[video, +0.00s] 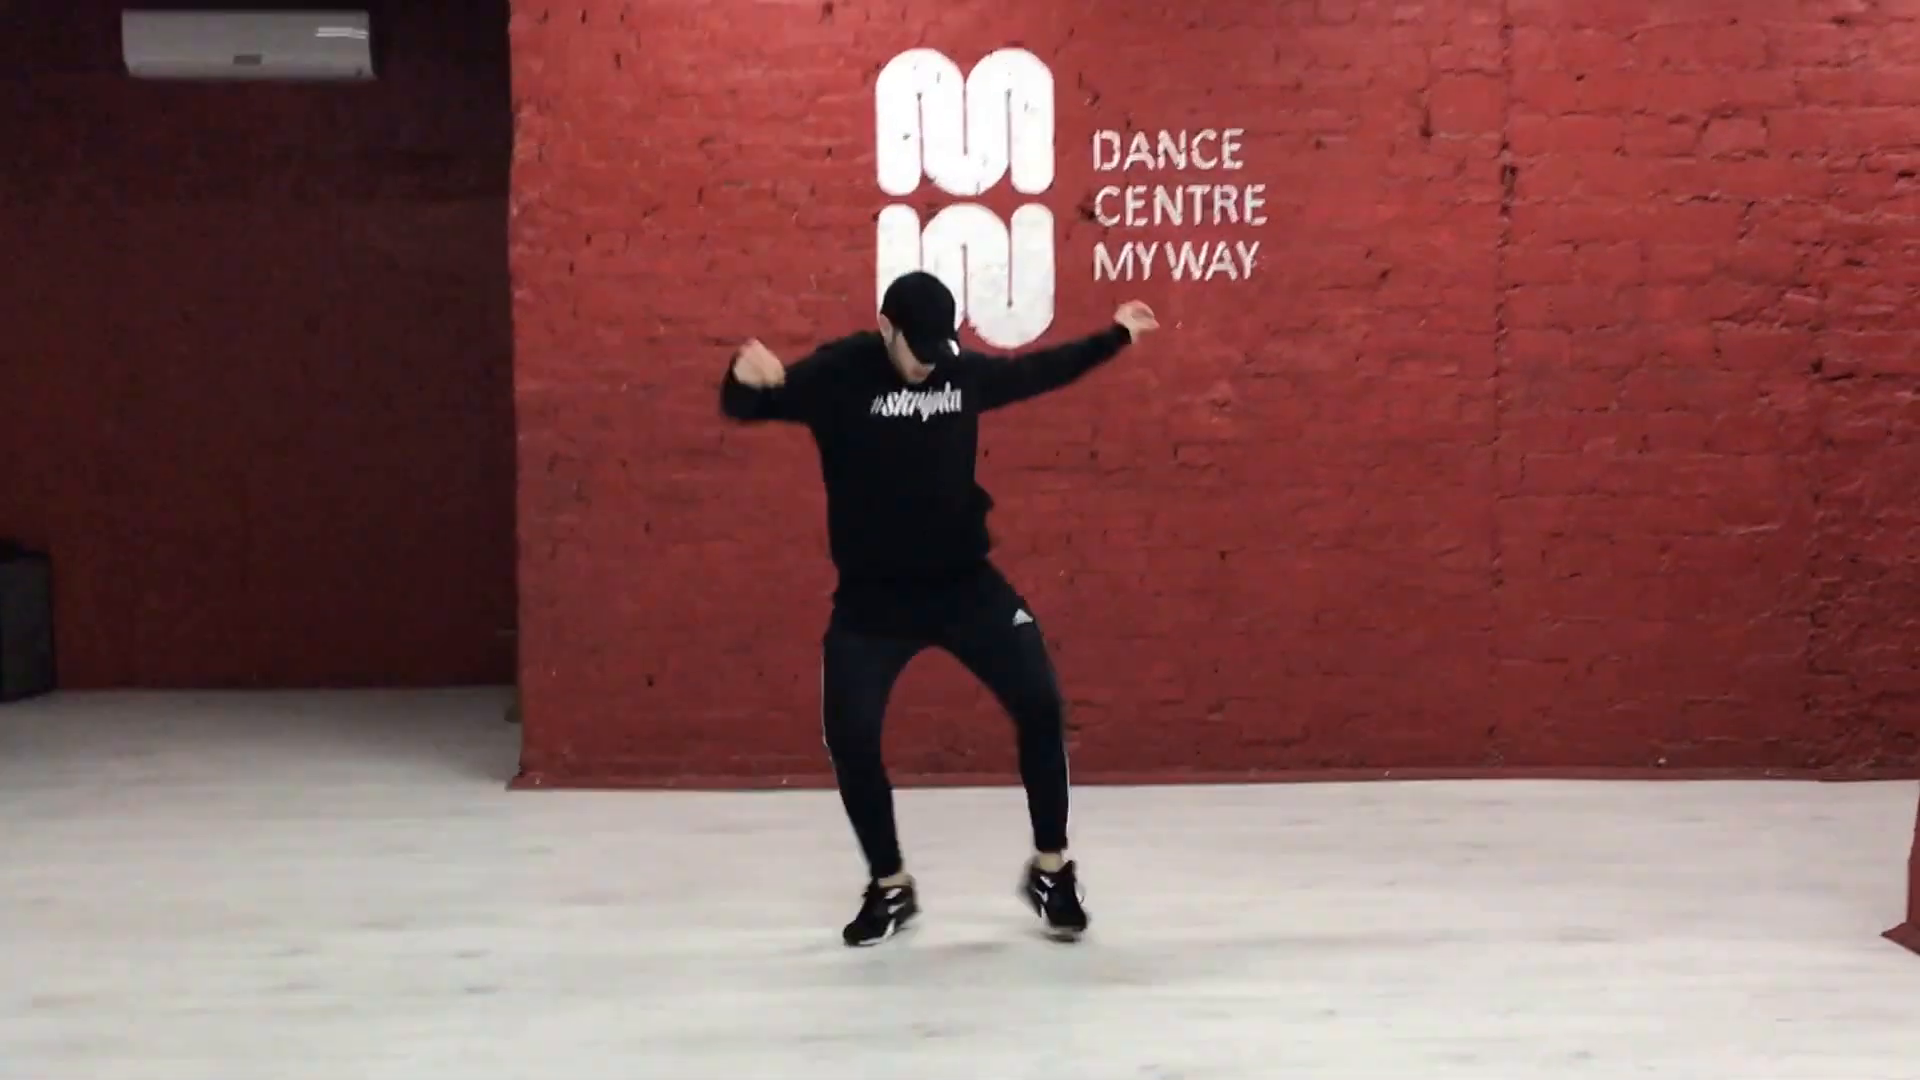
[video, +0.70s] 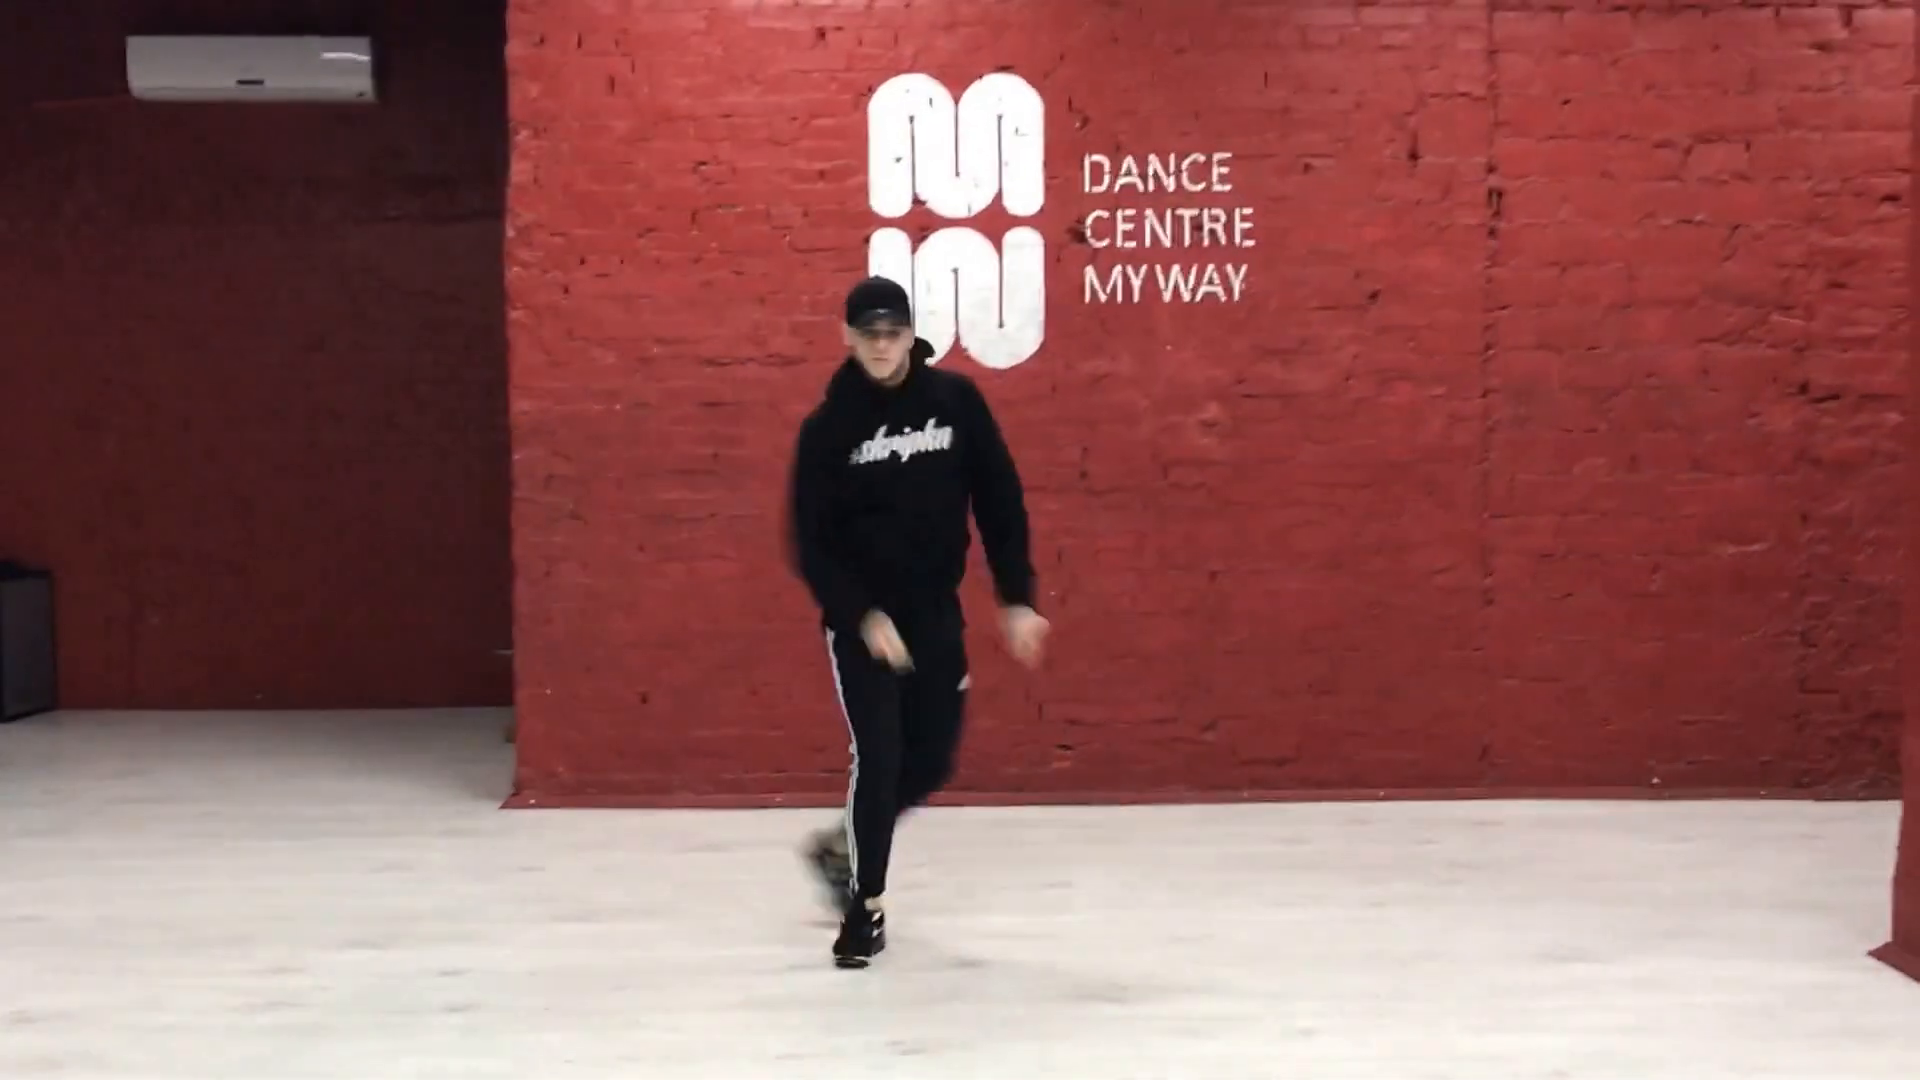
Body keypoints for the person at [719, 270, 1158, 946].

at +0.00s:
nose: (928, 367)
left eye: (938, 355)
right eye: (918, 353)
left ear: (949, 338)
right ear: (887, 329)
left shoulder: (964, 374)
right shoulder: (837, 373)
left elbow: (1036, 371)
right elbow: (743, 407)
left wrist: (1114, 336)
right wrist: (744, 382)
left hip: (965, 588)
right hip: (874, 595)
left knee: (1041, 707)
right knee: (849, 737)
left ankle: (1051, 867)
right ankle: (890, 884)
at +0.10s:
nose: (947, 380)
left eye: (957, 368)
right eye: (938, 366)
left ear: (967, 351)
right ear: (907, 343)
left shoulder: (975, 386)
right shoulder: (854, 384)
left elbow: (1055, 392)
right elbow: (753, 446)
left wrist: (1135, 334)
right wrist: (767, 400)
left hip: (957, 602)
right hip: (879, 609)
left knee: (1031, 723)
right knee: (915, 746)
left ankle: (1064, 890)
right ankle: (846, 892)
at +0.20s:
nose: (951, 412)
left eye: (962, 400)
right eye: (941, 399)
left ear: (976, 377)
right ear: (915, 372)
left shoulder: (987, 404)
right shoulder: (871, 405)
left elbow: (1049, 375)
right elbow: (808, 443)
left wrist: (1090, 356)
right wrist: (849, 353)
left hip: (944, 620)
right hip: (864, 622)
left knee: (1012, 750)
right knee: (930, 758)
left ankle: (1057, 899)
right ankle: (842, 903)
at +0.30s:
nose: (927, 414)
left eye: (938, 404)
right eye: (916, 402)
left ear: (953, 386)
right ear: (893, 378)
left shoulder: (964, 413)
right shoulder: (858, 399)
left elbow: (1048, 461)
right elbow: (852, 468)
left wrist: (1064, 530)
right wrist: (946, 467)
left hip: (928, 621)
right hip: (844, 623)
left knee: (1008, 714)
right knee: (893, 757)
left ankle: (985, 861)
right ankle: (833, 916)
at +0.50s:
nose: (882, 448)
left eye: (892, 437)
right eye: (871, 438)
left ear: (909, 414)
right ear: (847, 415)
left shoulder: (935, 444)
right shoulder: (803, 455)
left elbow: (1018, 516)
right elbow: (690, 494)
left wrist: (961, 514)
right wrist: (684, 570)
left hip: (916, 652)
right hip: (846, 650)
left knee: (835, 796)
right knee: (879, 783)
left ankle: (720, 872)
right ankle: (874, 916)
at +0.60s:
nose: (873, 415)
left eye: (884, 402)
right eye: (862, 403)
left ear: (900, 390)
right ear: (841, 393)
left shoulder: (934, 421)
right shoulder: (811, 443)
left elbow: (1021, 460)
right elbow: (718, 483)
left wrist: (951, 502)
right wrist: (757, 534)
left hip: (920, 639)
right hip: (848, 639)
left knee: (858, 779)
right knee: (871, 774)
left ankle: (734, 864)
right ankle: (873, 913)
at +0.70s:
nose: (881, 346)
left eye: (892, 333)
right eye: (868, 334)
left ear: (913, 334)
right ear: (849, 337)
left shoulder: (957, 401)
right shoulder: (829, 427)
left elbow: (1000, 494)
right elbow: (812, 542)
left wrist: (1016, 596)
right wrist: (860, 614)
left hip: (935, 605)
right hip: (861, 613)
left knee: (931, 759)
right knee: (879, 756)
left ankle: (841, 841)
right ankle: (867, 906)